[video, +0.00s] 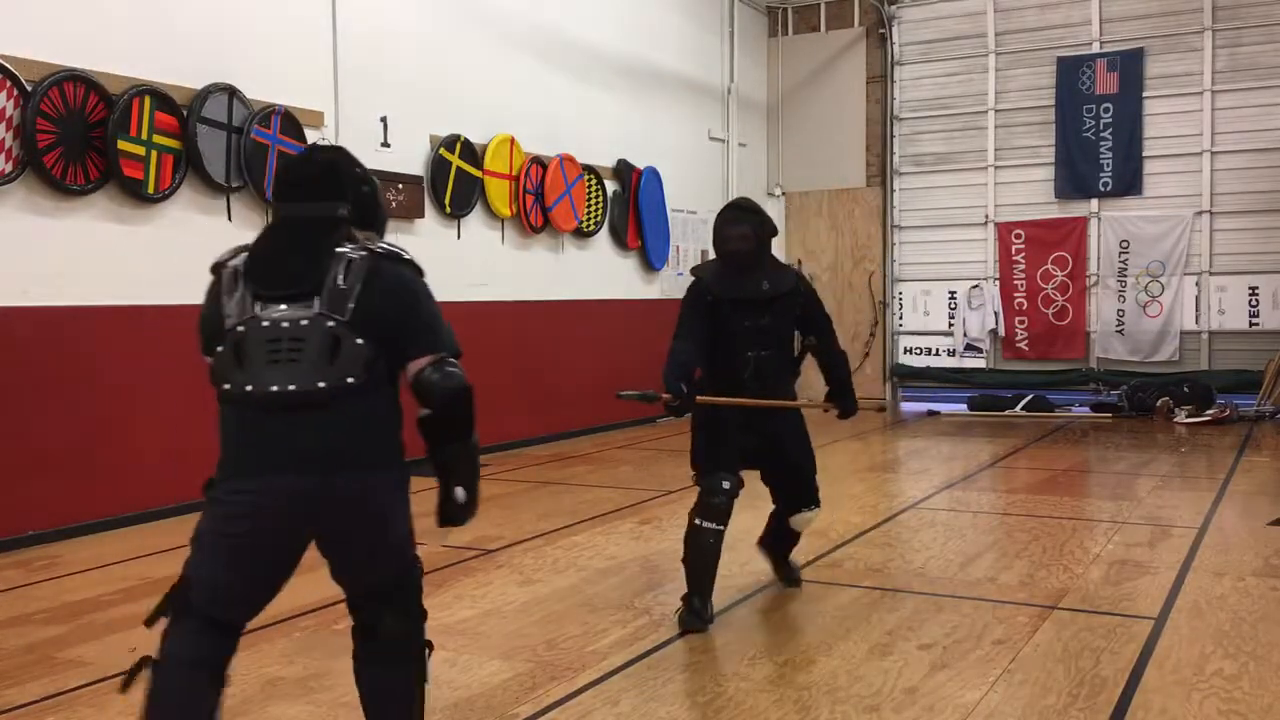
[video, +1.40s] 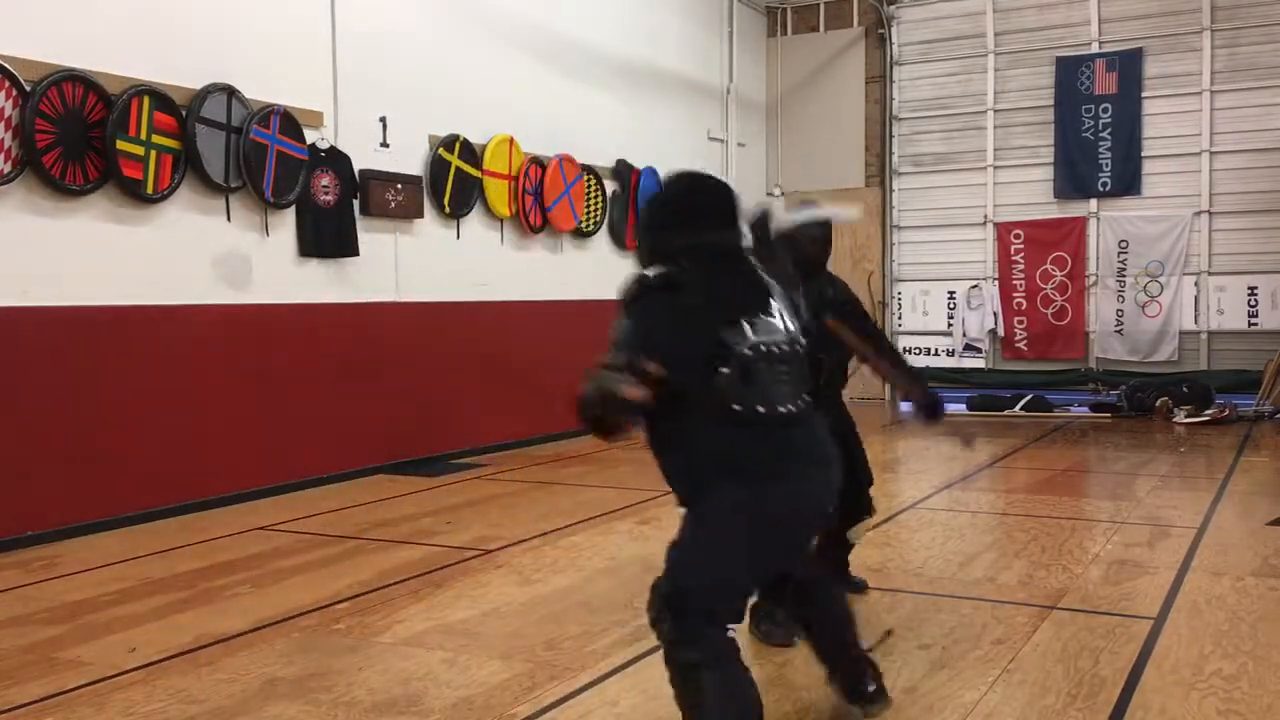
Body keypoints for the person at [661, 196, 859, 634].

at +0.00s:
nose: (737, 251)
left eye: (745, 241)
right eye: (728, 242)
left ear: (764, 240)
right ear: (716, 243)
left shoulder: (790, 285)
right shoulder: (707, 287)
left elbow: (823, 338)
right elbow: (686, 341)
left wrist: (842, 390)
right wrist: (676, 382)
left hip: (776, 407)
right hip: (719, 406)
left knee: (802, 502)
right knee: (716, 494)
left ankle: (776, 546)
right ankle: (698, 597)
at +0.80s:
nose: (765, 236)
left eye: (774, 226)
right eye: (755, 227)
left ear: (795, 226)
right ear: (744, 229)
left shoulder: (820, 270)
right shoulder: (735, 273)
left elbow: (867, 318)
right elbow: (723, 326)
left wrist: (864, 383)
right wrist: (731, 354)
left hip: (807, 397)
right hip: (754, 397)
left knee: (805, 495)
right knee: (771, 493)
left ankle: (787, 565)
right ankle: (762, 600)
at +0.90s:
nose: (767, 248)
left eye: (776, 239)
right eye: (758, 240)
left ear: (795, 240)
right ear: (746, 245)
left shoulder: (821, 283)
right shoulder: (741, 286)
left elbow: (846, 342)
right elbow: (730, 339)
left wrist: (805, 360)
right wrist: (757, 354)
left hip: (807, 403)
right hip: (758, 405)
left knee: (807, 491)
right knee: (787, 503)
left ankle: (784, 553)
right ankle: (767, 606)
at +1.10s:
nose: (780, 247)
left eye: (790, 237)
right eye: (771, 237)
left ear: (809, 242)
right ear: (758, 243)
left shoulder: (827, 287)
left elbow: (861, 357)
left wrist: (831, 358)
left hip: (816, 409)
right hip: (765, 413)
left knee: (833, 502)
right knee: (798, 508)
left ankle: (796, 552)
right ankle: (768, 606)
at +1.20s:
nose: (786, 236)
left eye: (796, 227)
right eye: (778, 227)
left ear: (813, 233)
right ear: (763, 231)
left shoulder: (827, 279)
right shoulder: (745, 281)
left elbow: (869, 335)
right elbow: (730, 339)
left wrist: (871, 379)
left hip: (821, 400)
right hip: (769, 404)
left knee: (843, 484)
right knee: (798, 501)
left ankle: (820, 552)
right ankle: (769, 606)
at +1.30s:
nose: (802, 244)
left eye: (810, 235)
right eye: (793, 235)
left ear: (821, 238)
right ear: (775, 236)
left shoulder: (830, 286)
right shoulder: (759, 284)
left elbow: (870, 340)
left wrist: (891, 395)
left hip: (823, 398)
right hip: (774, 400)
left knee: (848, 478)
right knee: (794, 492)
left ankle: (832, 556)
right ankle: (773, 584)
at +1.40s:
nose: (820, 252)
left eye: (823, 242)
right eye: (810, 243)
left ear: (827, 245)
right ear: (788, 246)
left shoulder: (829, 291)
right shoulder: (764, 289)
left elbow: (872, 343)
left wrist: (917, 390)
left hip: (826, 407)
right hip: (780, 410)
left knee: (854, 490)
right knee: (788, 497)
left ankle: (831, 564)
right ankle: (773, 598)